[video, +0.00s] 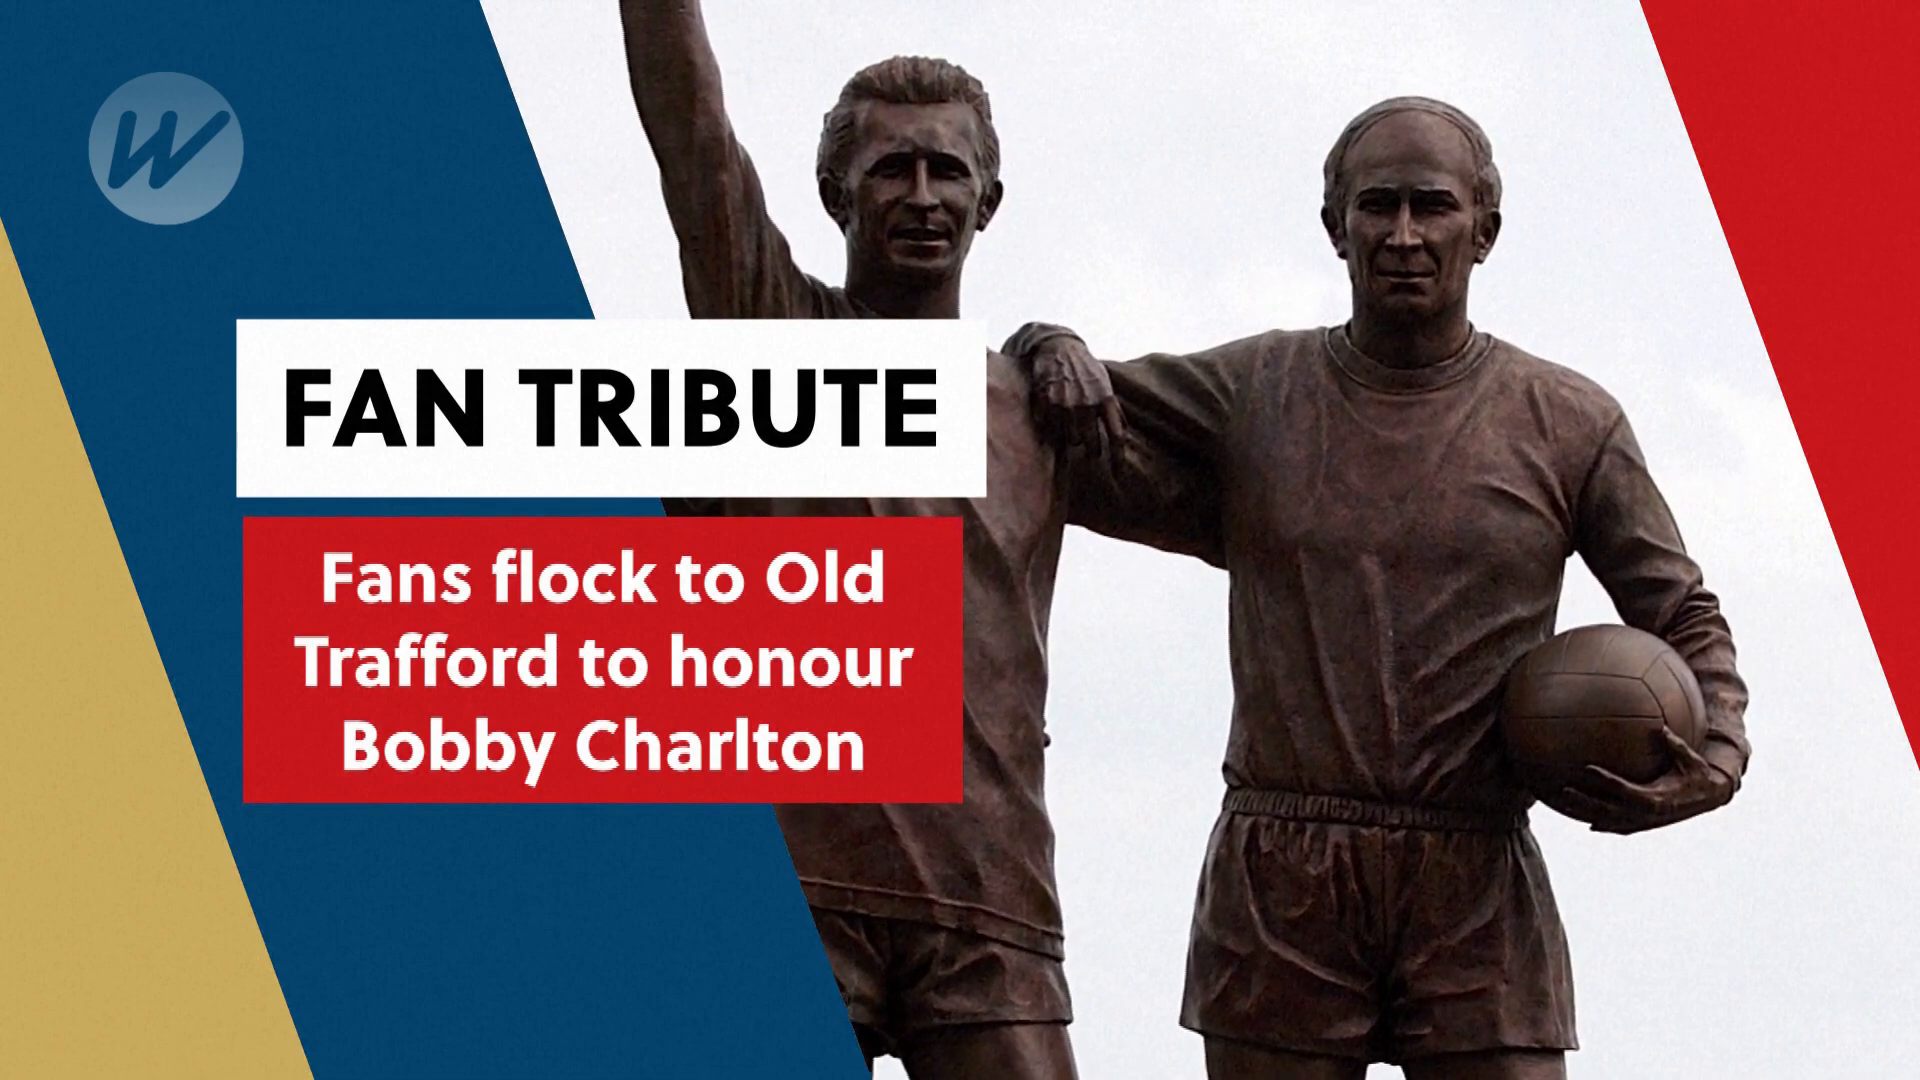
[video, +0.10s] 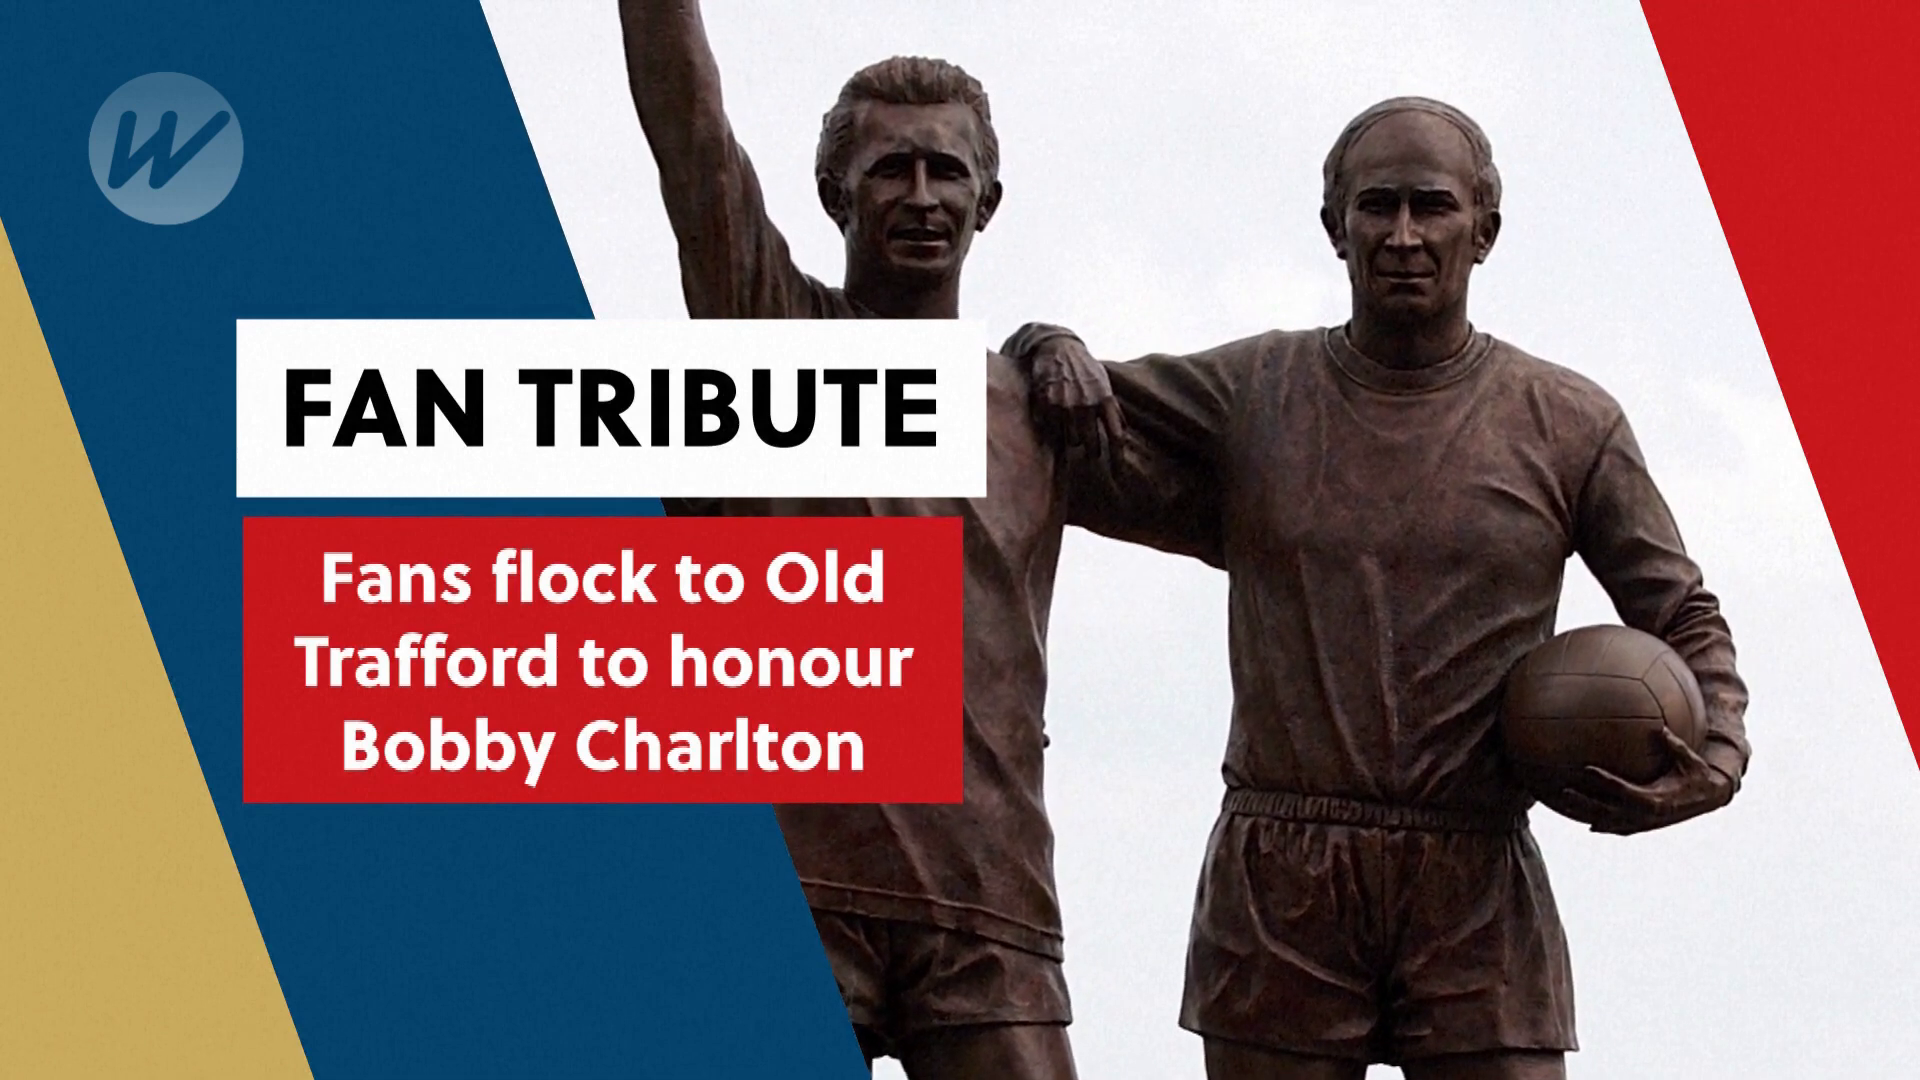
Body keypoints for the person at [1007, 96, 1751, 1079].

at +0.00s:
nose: (1402, 233)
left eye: (1432, 204)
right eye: (1375, 206)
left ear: (1486, 228)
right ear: (1335, 227)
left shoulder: (1569, 419)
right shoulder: (1252, 387)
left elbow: (1681, 614)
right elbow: (1079, 440)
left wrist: (1718, 752)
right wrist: (1046, 351)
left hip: (1478, 891)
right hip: (1276, 885)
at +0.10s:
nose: (1402, 234)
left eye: (1432, 205)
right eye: (1376, 206)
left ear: (1486, 228)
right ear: (1334, 227)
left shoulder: (1569, 419)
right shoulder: (1252, 387)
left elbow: (1681, 614)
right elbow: (1081, 442)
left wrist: (1718, 752)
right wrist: (1047, 352)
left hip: (1477, 890)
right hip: (1276, 885)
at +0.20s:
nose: (1402, 234)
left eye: (1432, 205)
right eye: (1375, 207)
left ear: (1486, 227)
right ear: (1333, 227)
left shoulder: (1568, 420)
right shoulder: (1251, 387)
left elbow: (1681, 616)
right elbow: (1077, 437)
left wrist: (1718, 754)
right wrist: (1046, 353)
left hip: (1476, 889)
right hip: (1275, 884)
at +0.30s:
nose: (1401, 235)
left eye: (1432, 205)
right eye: (1374, 207)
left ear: (1485, 228)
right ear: (1333, 227)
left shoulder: (1568, 420)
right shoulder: (1251, 387)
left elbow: (1681, 616)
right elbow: (1077, 438)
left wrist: (1718, 754)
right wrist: (1046, 354)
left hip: (1475, 891)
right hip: (1274, 887)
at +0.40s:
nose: (1401, 235)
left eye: (1431, 206)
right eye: (1373, 207)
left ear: (1484, 228)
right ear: (1332, 228)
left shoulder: (1567, 421)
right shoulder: (1249, 388)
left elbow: (1680, 617)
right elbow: (1074, 436)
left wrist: (1718, 754)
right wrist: (1045, 355)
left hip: (1475, 892)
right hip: (1273, 887)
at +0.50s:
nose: (1401, 234)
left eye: (1431, 205)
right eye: (1373, 207)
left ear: (1485, 227)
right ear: (1332, 228)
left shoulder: (1567, 421)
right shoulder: (1250, 388)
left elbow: (1680, 617)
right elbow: (1074, 439)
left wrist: (1719, 755)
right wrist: (1044, 353)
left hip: (1473, 894)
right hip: (1272, 890)